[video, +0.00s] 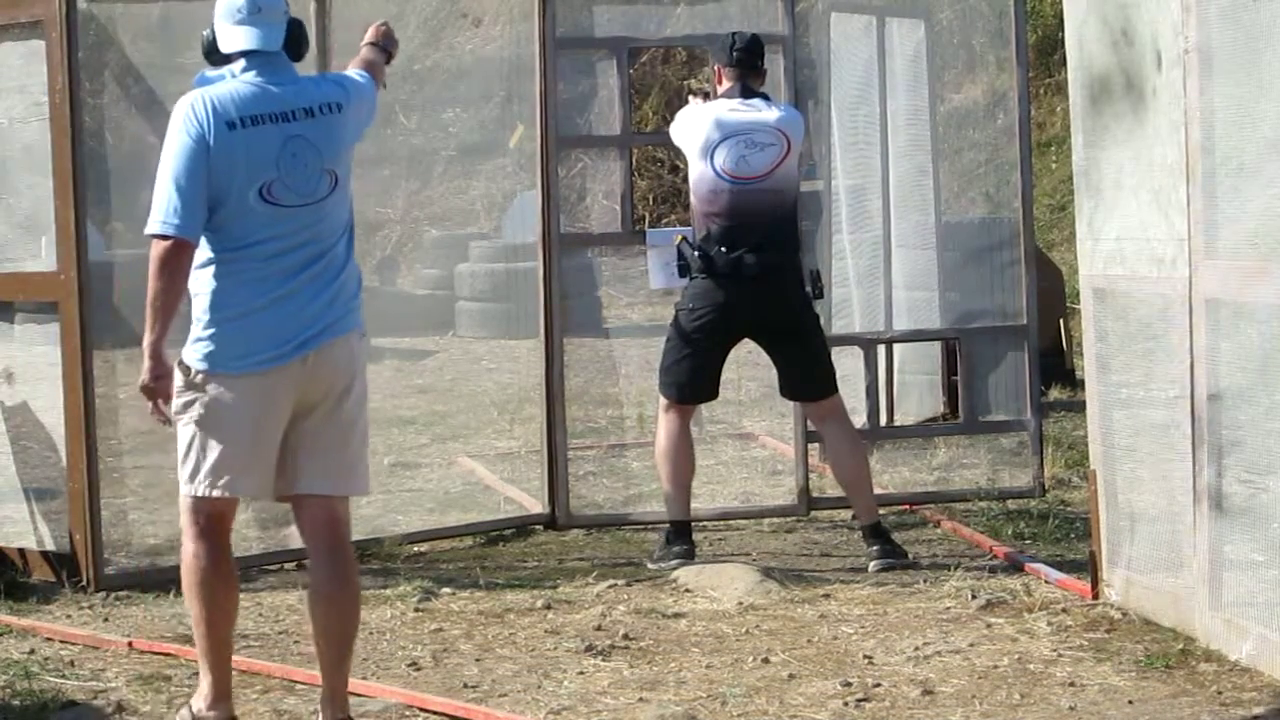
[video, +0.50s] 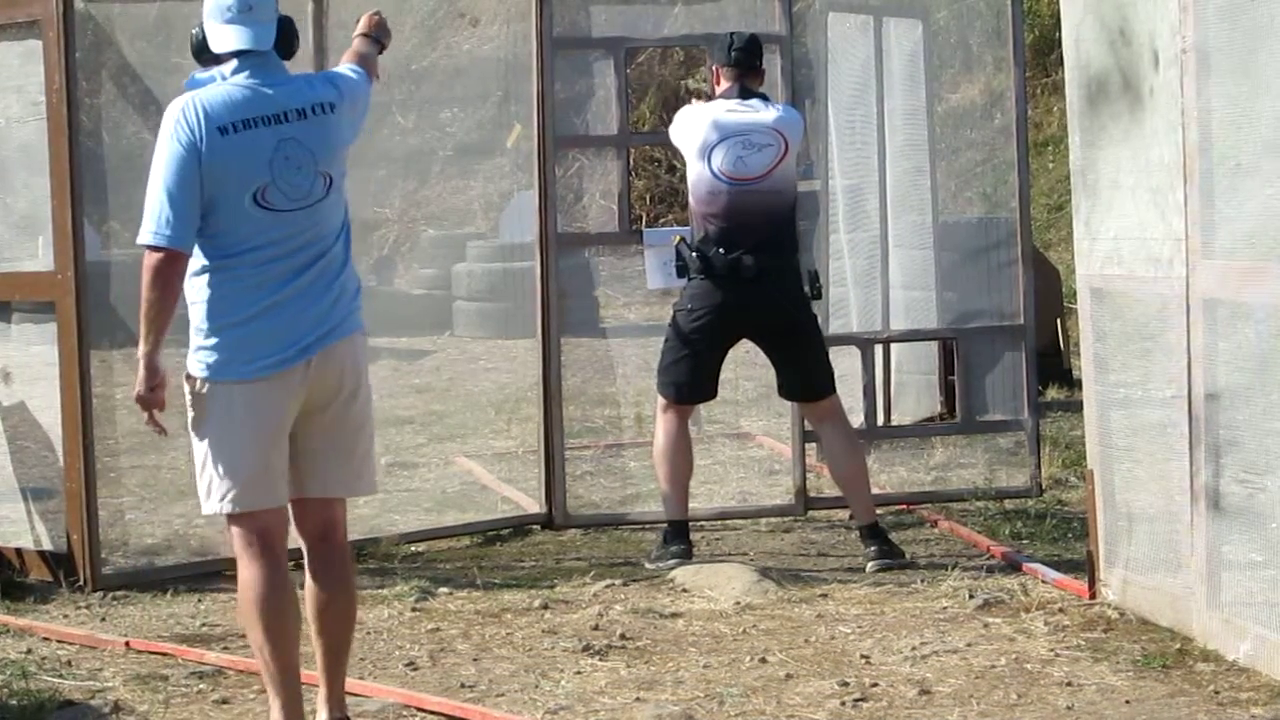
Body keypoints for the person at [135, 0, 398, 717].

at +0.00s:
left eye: (221, 46)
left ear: (216, 48)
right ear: (290, 42)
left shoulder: (200, 112)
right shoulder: (334, 99)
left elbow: (172, 244)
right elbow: (365, 78)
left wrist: (153, 347)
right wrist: (376, 48)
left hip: (233, 348)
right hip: (334, 337)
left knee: (206, 526)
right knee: (328, 527)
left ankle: (214, 698)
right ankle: (337, 705)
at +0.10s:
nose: (222, 59)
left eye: (225, 46)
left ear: (222, 47)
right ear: (296, 39)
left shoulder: (206, 111)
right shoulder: (341, 100)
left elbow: (176, 245)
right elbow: (368, 80)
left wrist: (153, 345)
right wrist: (378, 49)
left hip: (238, 349)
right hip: (338, 337)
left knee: (218, 523)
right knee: (329, 528)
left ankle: (250, 696)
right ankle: (338, 703)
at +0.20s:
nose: (223, 57)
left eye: (225, 45)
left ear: (224, 47)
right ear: (298, 39)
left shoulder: (208, 111)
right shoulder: (342, 100)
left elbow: (177, 245)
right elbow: (369, 79)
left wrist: (154, 346)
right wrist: (378, 47)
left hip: (241, 349)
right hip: (340, 338)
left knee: (233, 524)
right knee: (331, 527)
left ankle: (275, 690)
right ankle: (338, 701)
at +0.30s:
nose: (221, 57)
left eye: (222, 45)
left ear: (219, 47)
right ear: (294, 38)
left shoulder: (204, 112)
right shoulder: (338, 99)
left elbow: (175, 247)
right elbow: (368, 78)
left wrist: (153, 349)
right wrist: (377, 43)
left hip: (243, 353)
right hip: (340, 340)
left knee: (245, 536)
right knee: (330, 528)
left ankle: (284, 701)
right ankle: (336, 702)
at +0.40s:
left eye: (216, 46)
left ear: (214, 48)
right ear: (289, 40)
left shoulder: (198, 115)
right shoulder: (333, 99)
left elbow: (171, 250)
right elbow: (366, 70)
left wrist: (152, 351)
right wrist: (374, 37)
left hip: (242, 356)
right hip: (338, 341)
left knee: (253, 543)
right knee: (330, 533)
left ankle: (286, 710)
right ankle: (335, 704)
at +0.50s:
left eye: (207, 47)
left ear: (207, 49)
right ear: (281, 40)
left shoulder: (191, 115)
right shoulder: (326, 98)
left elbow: (165, 252)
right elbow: (361, 68)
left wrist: (148, 354)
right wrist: (371, 34)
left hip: (238, 357)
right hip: (334, 340)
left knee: (257, 545)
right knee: (327, 533)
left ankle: (288, 711)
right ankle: (334, 704)